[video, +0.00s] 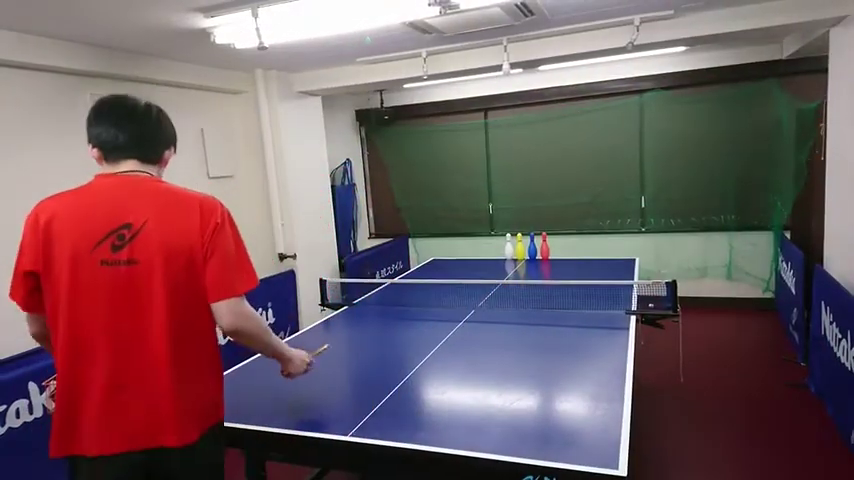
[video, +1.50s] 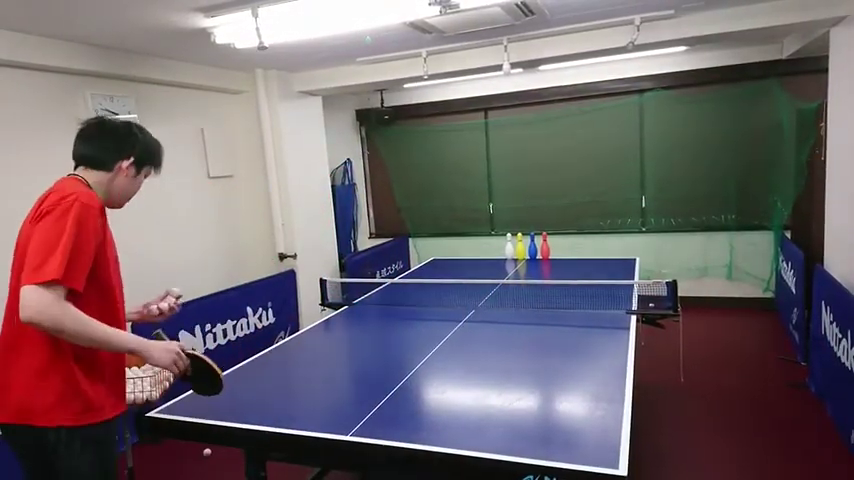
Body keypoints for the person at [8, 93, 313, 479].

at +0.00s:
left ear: (95, 153)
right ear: (167, 155)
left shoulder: (47, 217)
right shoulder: (202, 212)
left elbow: (40, 329)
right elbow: (233, 319)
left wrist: (83, 368)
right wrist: (285, 354)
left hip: (93, 444)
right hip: (186, 436)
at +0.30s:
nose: (158, 167)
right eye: (161, 159)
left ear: (93, 153)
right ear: (156, 157)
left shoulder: (49, 209)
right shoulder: (170, 200)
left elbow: (49, 305)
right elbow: (191, 298)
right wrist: (263, 333)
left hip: (86, 411)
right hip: (163, 405)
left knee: (105, 473)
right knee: (189, 472)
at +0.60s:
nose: (146, 191)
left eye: (149, 184)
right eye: (149, 182)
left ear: (93, 167)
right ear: (139, 171)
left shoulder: (57, 212)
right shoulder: (121, 193)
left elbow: (68, 309)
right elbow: (111, 280)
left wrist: (139, 363)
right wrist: (202, 321)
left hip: (51, 395)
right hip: (113, 391)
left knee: (79, 472)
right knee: (140, 471)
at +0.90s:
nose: (138, 203)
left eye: (144, 197)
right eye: (144, 192)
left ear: (96, 169)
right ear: (137, 176)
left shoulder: (64, 204)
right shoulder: (105, 190)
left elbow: (63, 309)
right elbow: (76, 267)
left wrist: (122, 357)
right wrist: (164, 316)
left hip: (40, 385)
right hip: (77, 386)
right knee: (104, 471)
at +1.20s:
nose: (139, 200)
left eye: (146, 193)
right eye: (146, 190)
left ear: (98, 165)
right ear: (136, 174)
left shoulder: (68, 198)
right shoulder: (97, 192)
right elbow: (63, 276)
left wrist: (129, 341)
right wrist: (153, 328)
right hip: (63, 389)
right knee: (80, 471)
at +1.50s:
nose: (137, 191)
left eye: (144, 181)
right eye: (142, 179)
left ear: (87, 157)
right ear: (125, 167)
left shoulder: (65, 197)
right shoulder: (76, 203)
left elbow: (68, 310)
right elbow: (38, 306)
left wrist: (137, 314)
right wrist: (145, 348)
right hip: (62, 418)